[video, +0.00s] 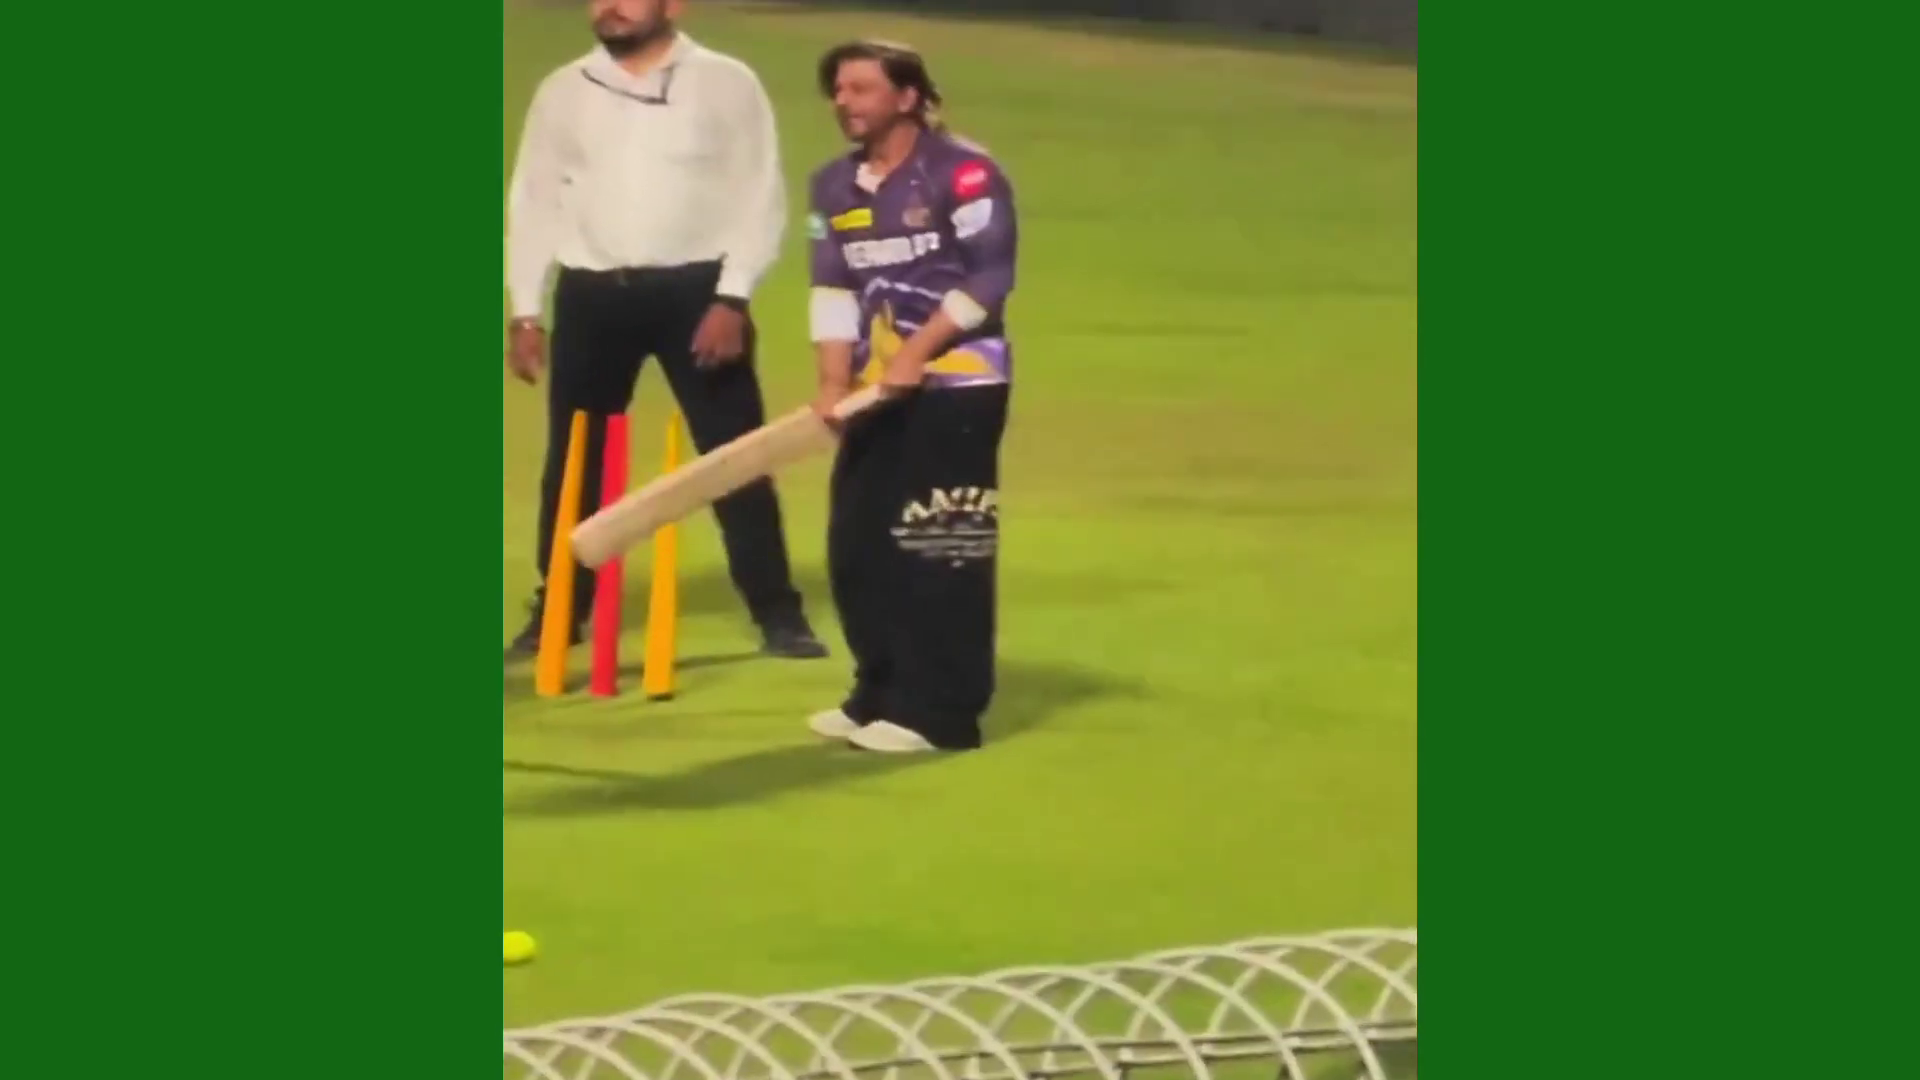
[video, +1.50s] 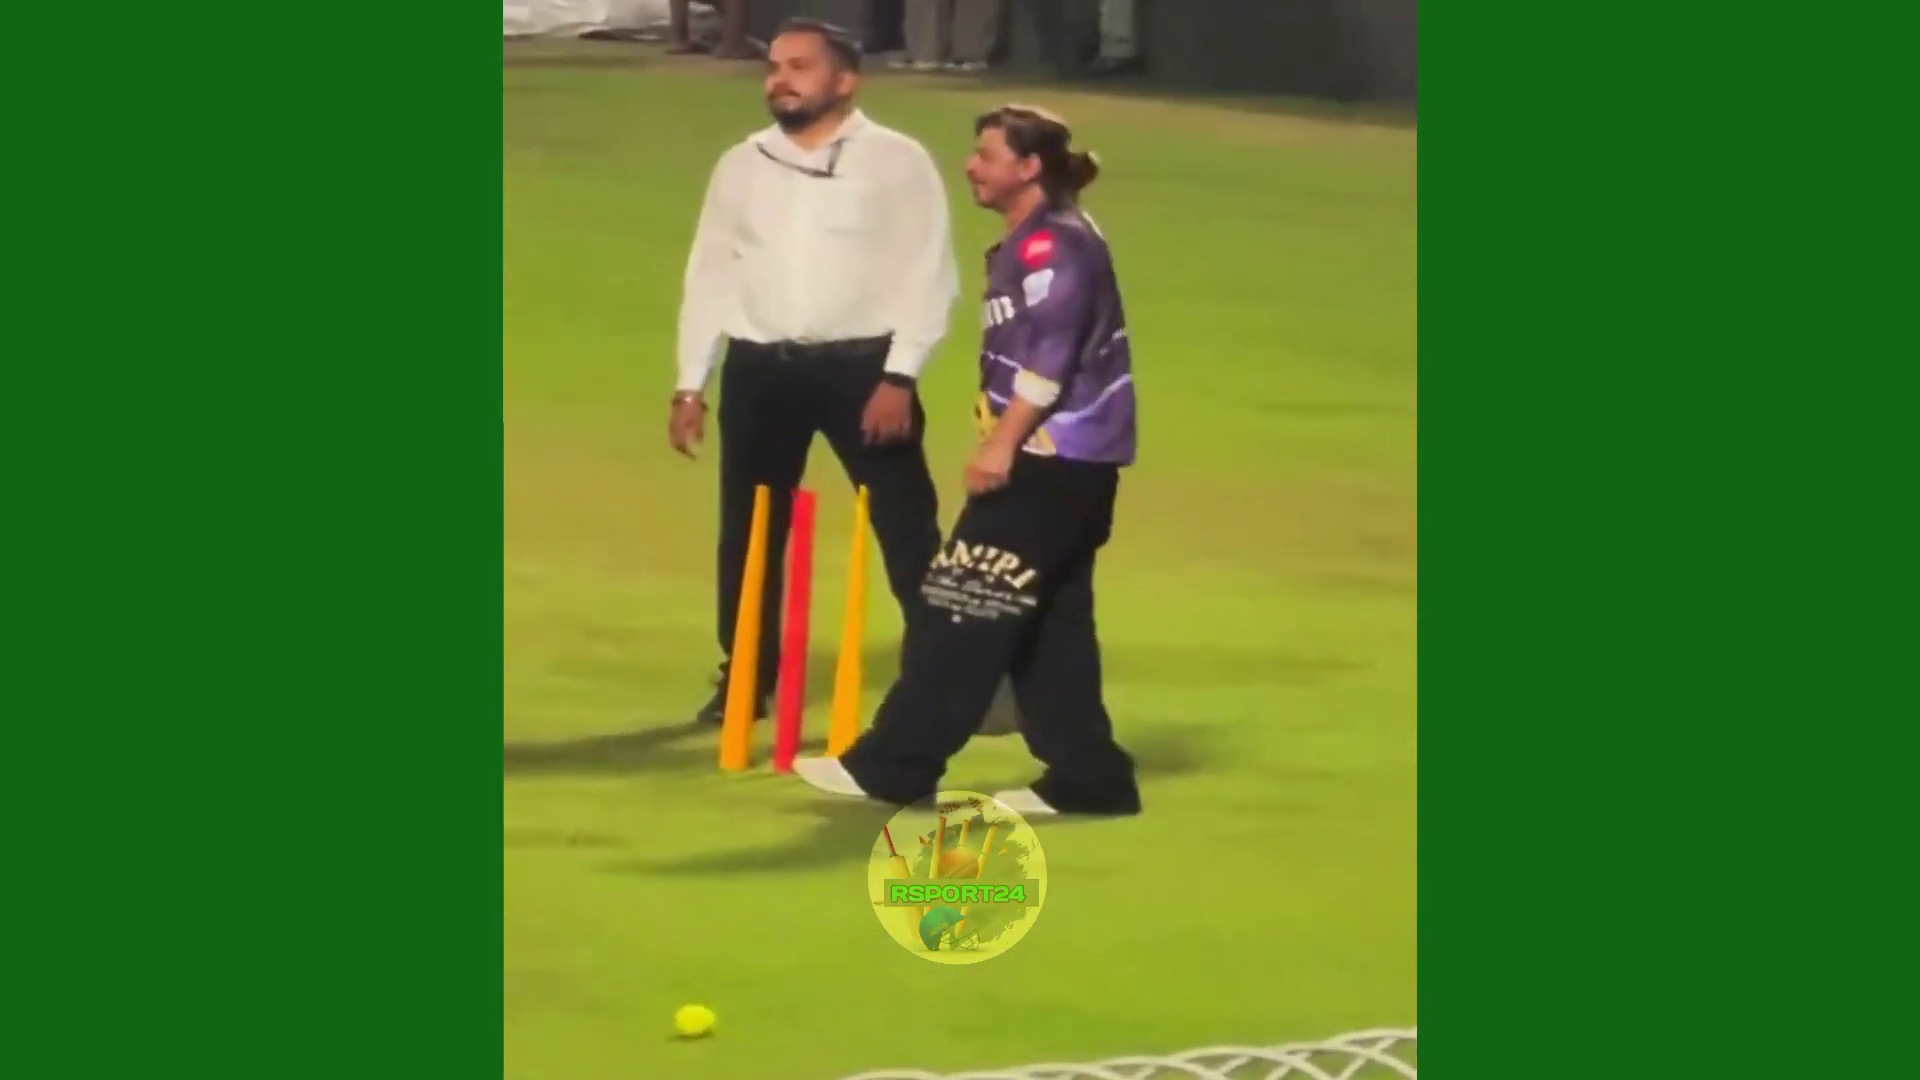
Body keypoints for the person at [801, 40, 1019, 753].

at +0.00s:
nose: (845, 102)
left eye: (860, 89)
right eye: (839, 92)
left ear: (908, 96)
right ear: (836, 103)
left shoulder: (967, 172)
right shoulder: (833, 185)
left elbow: (990, 281)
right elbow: (832, 295)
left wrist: (915, 351)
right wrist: (833, 383)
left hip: (958, 385)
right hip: (879, 389)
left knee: (941, 546)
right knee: (856, 541)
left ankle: (942, 713)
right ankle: (879, 692)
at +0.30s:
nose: (857, 94)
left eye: (873, 82)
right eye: (852, 83)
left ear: (921, 90)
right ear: (849, 95)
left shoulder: (967, 165)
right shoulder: (855, 181)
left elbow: (975, 276)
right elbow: (852, 290)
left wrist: (900, 340)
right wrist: (835, 378)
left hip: (965, 381)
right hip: (896, 383)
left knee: (950, 540)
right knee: (878, 536)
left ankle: (966, 709)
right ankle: (909, 690)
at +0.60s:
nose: (873, 88)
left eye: (890, 76)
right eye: (870, 76)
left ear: (938, 87)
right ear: (869, 90)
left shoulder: (979, 159)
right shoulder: (877, 184)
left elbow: (983, 265)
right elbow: (873, 296)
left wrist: (905, 338)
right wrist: (847, 386)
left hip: (973, 379)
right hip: (909, 384)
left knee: (966, 539)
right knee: (897, 537)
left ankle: (988, 709)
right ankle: (936, 691)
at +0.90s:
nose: (906, 101)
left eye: (922, 89)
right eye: (903, 90)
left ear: (968, 100)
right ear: (903, 103)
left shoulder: (1007, 175)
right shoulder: (909, 199)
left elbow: (1009, 289)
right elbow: (904, 309)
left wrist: (942, 370)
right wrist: (858, 408)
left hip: (985, 383)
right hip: (927, 385)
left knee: (959, 549)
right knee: (918, 551)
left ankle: (995, 718)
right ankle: (958, 708)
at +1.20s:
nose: (958, 131)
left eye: (974, 121)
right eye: (957, 120)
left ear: (1022, 134)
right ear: (962, 137)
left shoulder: (1055, 207)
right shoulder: (975, 226)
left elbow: (1066, 321)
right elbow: (976, 345)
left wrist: (1025, 408)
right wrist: (947, 441)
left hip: (1029, 422)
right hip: (987, 423)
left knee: (944, 571)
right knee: (1000, 582)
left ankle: (937, 738)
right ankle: (1038, 741)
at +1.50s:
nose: (971, 168)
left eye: (985, 156)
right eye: (975, 155)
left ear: (1029, 168)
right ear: (1024, 169)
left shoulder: (1060, 246)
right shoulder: (1020, 247)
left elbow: (1052, 360)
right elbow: (1022, 354)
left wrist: (1004, 441)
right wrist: (1000, 422)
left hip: (1059, 461)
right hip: (1041, 458)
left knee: (962, 602)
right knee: (1050, 628)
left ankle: (892, 765)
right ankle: (1089, 778)